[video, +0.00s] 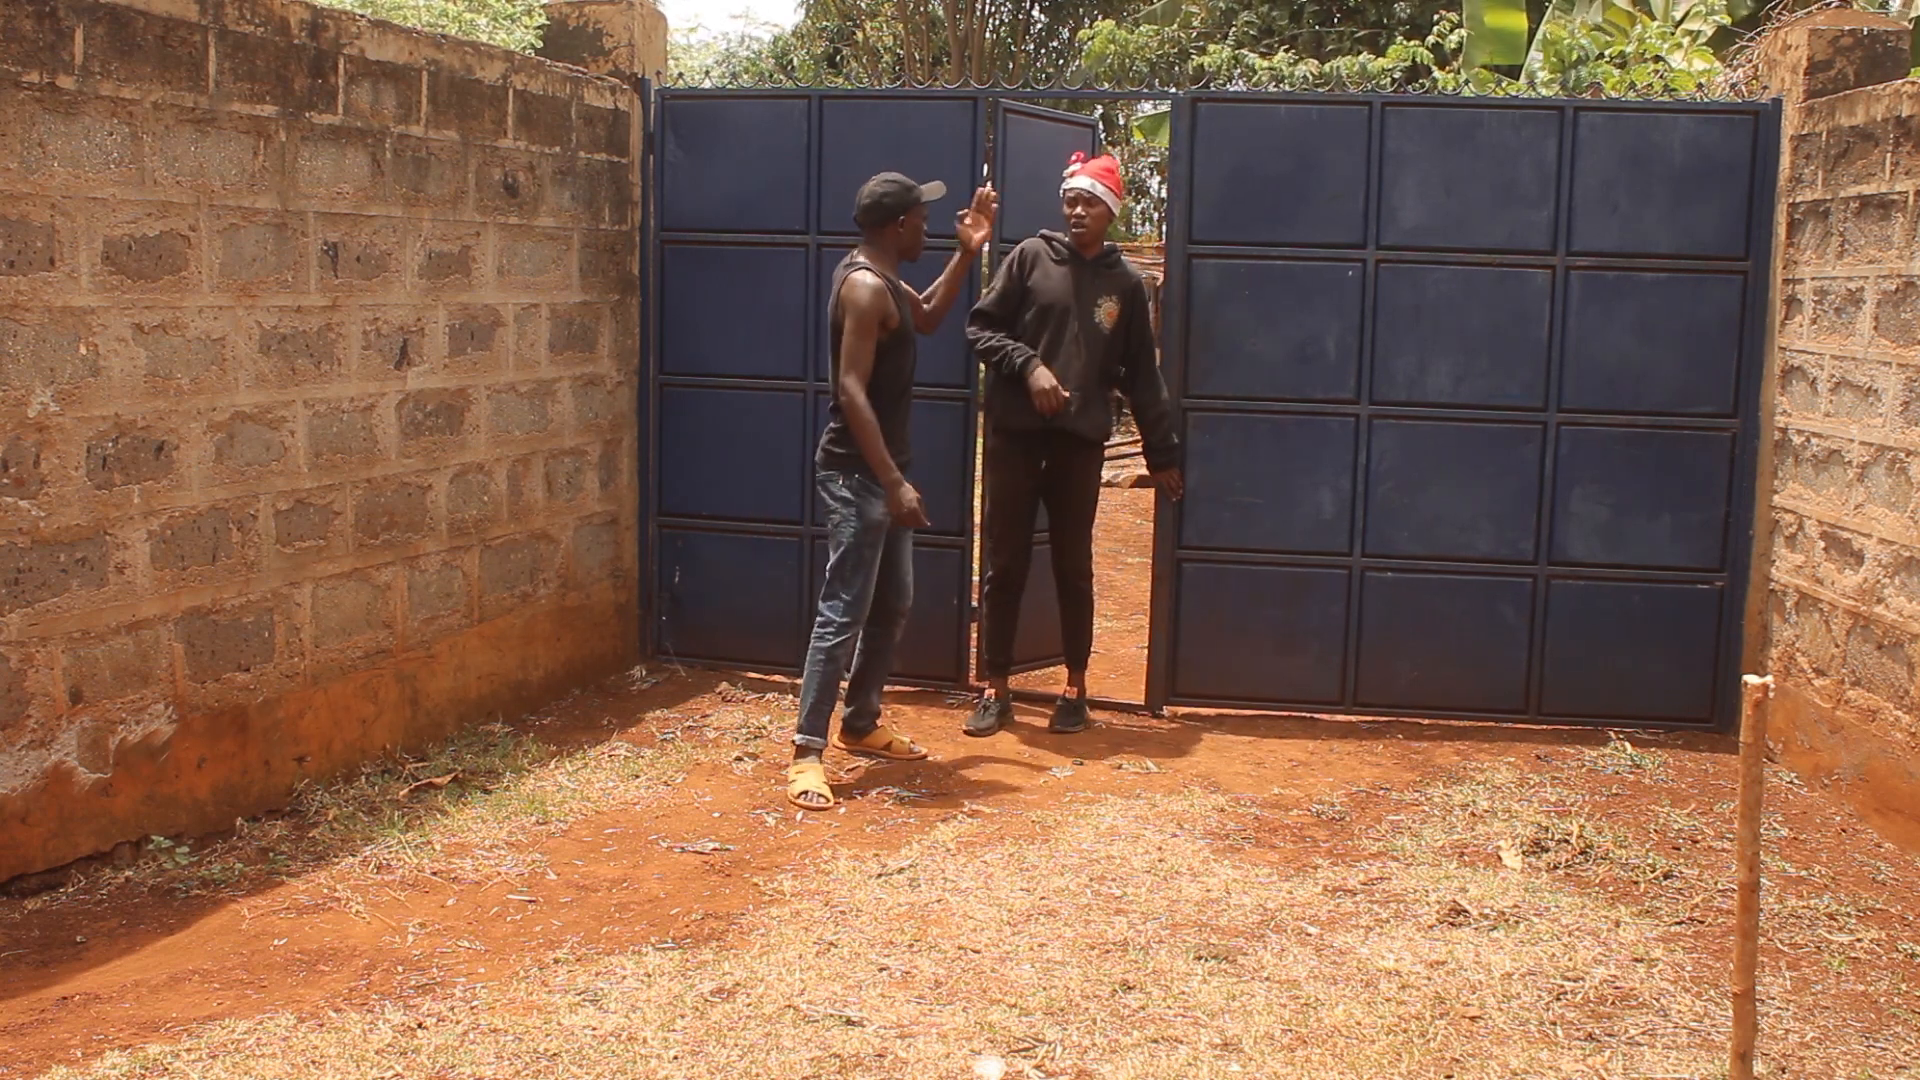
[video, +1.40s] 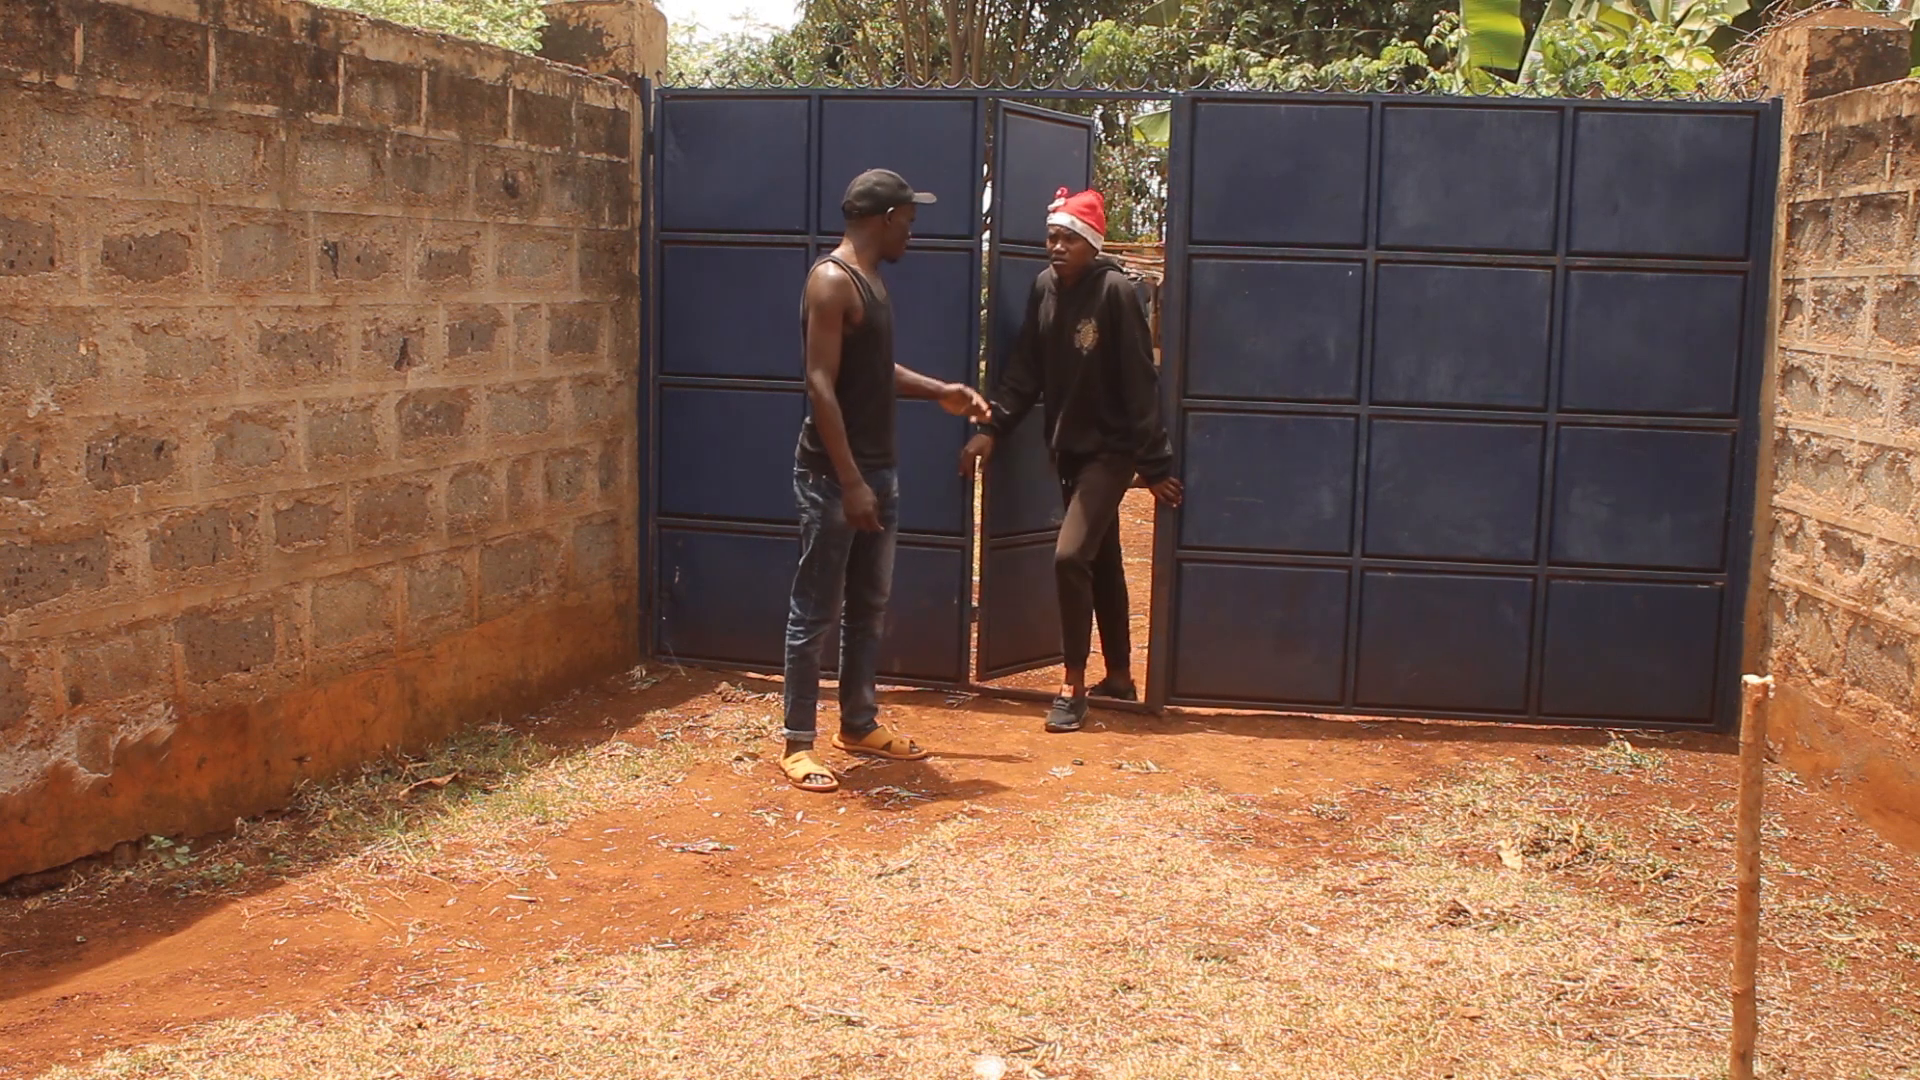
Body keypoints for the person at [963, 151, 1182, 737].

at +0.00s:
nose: (1079, 211)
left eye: (1091, 202)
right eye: (1072, 200)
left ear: (1113, 211)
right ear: (1061, 205)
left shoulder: (1126, 282)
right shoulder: (1029, 255)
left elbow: (1144, 375)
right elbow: (979, 327)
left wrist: (1163, 453)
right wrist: (1027, 363)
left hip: (1079, 446)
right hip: (1012, 439)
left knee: (1073, 565)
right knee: (1005, 564)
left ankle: (1074, 689)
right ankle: (992, 691)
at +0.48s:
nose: (1088, 223)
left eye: (1101, 215)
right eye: (1084, 212)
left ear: (1129, 220)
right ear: (1077, 212)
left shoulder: (1149, 285)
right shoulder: (1054, 257)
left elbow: (1153, 378)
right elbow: (1003, 308)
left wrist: (1160, 459)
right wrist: (1002, 355)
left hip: (1087, 439)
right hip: (1022, 425)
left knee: (1075, 567)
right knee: (996, 555)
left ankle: (1074, 687)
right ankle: (997, 679)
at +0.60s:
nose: (1097, 222)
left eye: (1110, 214)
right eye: (1093, 211)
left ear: (1138, 221)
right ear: (1088, 213)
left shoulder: (1156, 283)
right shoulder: (1067, 263)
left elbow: (1159, 377)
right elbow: (1024, 314)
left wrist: (1159, 458)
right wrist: (979, 338)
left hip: (1098, 435)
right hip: (1038, 425)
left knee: (1081, 564)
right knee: (1000, 540)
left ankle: (1075, 686)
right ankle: (1043, 608)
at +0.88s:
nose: (1088, 223)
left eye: (1101, 217)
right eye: (1083, 213)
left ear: (1125, 225)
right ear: (1075, 214)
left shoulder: (1140, 281)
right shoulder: (1059, 268)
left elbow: (1149, 376)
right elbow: (1023, 344)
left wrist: (1158, 458)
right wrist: (969, 392)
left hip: (1109, 435)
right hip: (1057, 430)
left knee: (1068, 555)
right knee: (1066, 556)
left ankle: (1072, 689)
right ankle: (1104, 661)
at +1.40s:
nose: (1057, 246)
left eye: (1069, 238)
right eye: (1053, 236)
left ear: (1095, 244)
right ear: (1048, 239)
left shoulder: (1117, 290)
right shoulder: (1044, 290)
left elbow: (1140, 383)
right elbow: (1023, 371)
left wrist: (1157, 465)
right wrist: (990, 429)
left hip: (1115, 449)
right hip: (1068, 449)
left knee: (1069, 557)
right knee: (1104, 566)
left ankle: (1072, 690)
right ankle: (1119, 677)